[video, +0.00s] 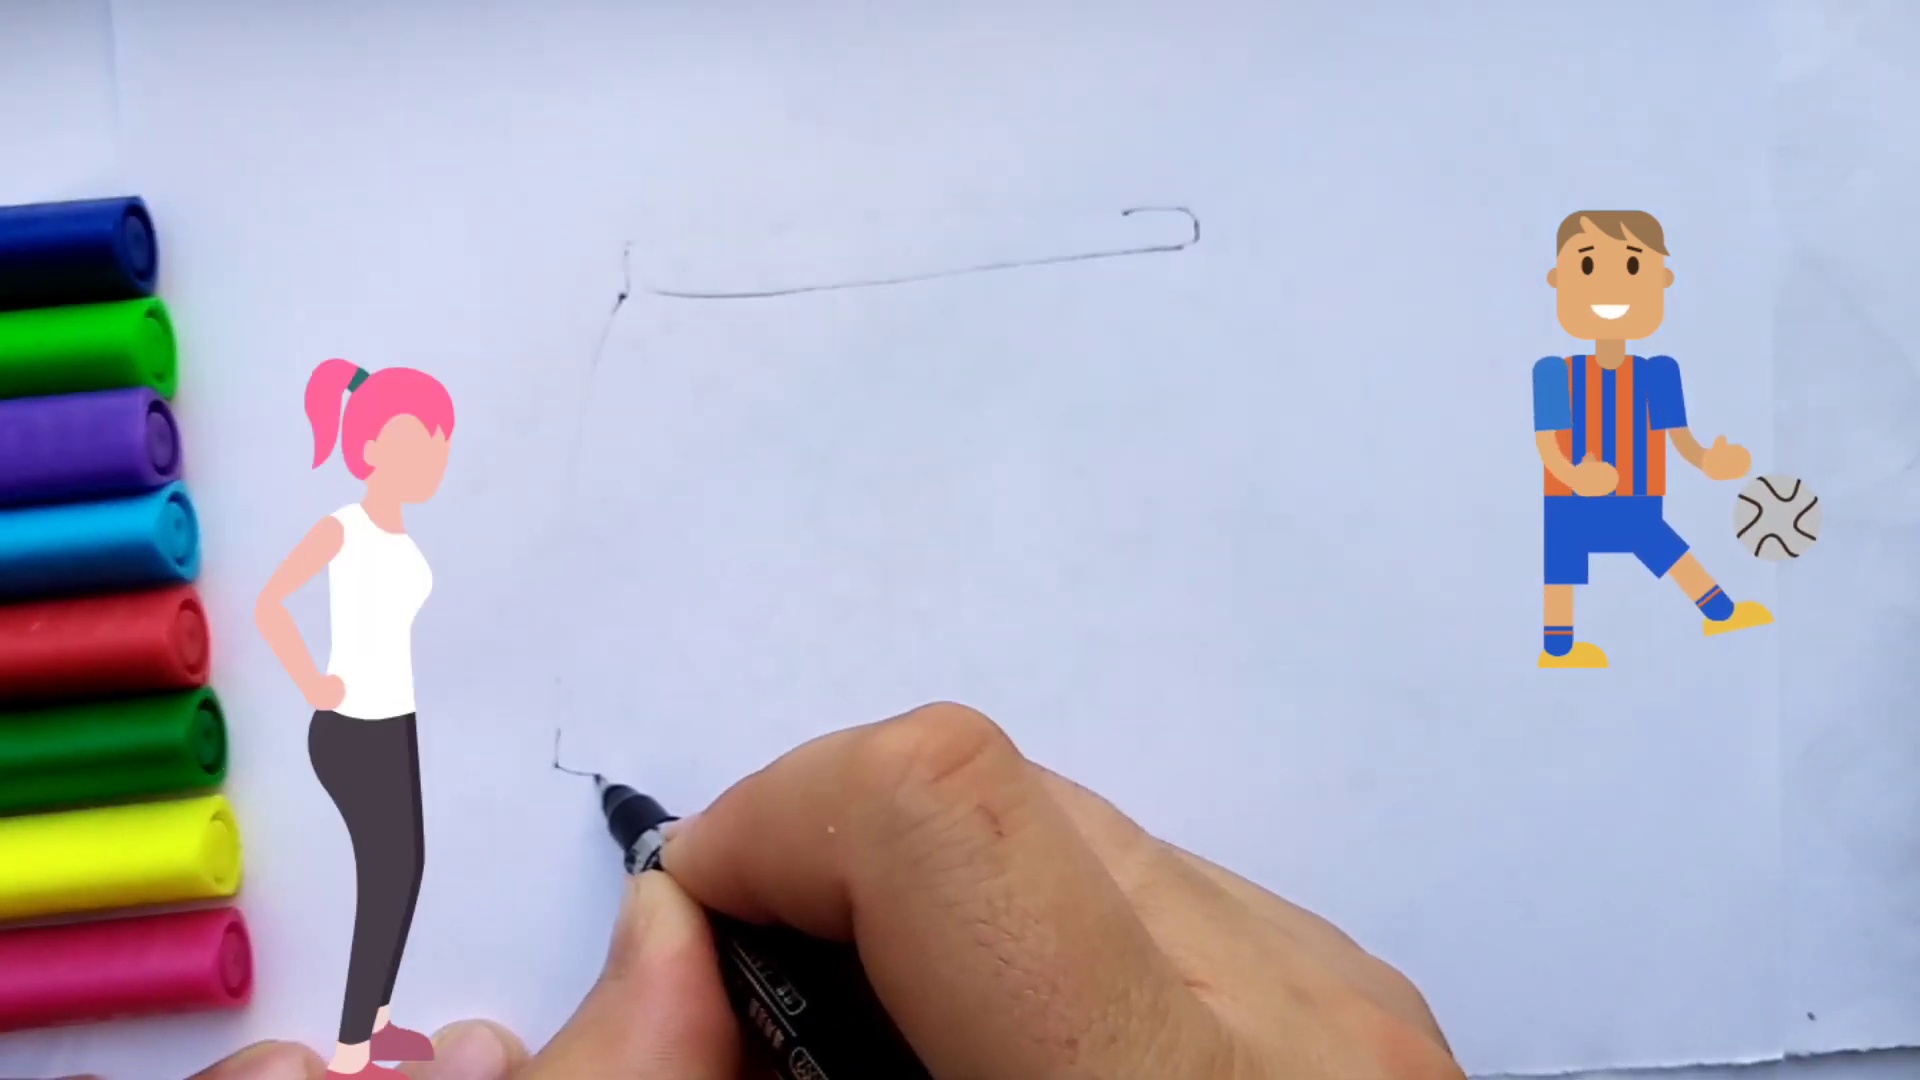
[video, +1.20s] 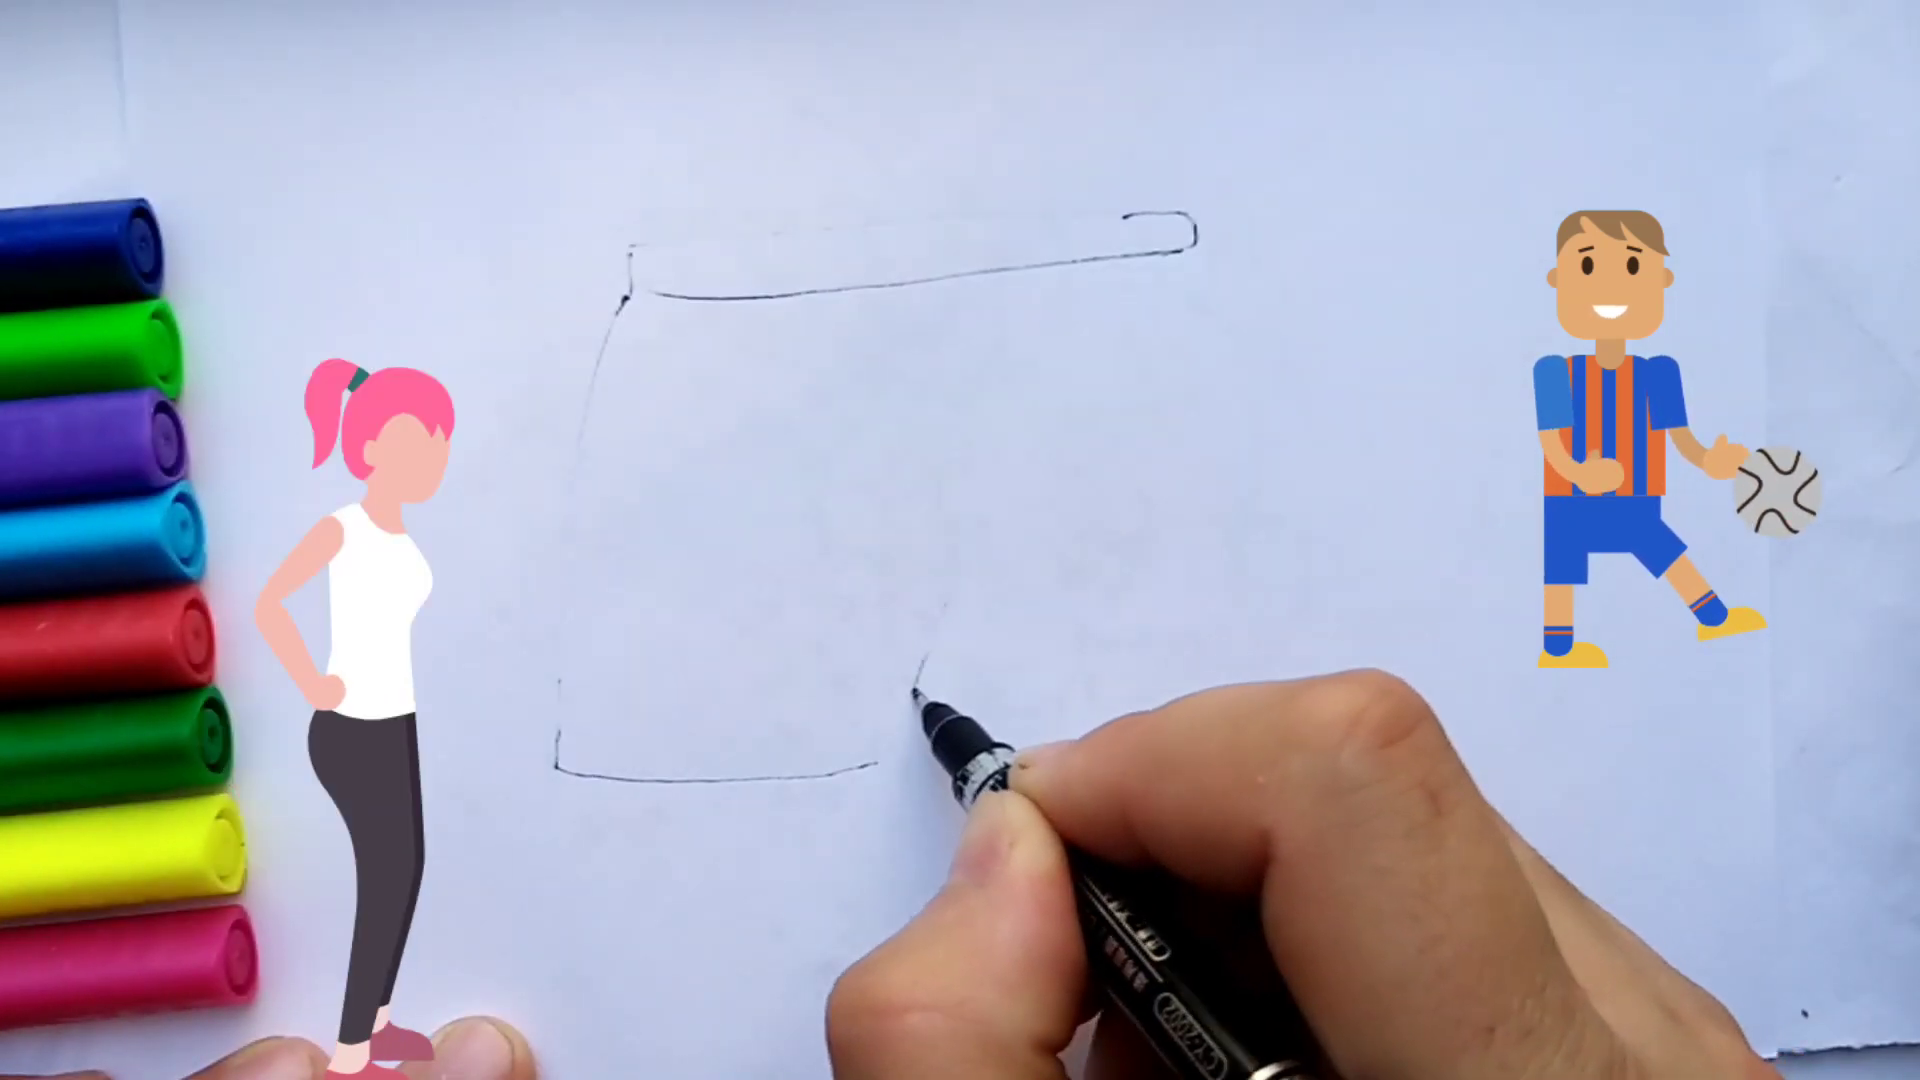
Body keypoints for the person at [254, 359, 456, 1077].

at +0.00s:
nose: (435, 457)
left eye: (439, 440)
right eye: (419, 438)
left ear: (441, 450)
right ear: (375, 447)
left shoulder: (404, 536)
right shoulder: (344, 528)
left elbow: (385, 623)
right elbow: (269, 605)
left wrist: (396, 687)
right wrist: (312, 684)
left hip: (397, 731)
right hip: (353, 733)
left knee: (406, 869)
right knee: (387, 875)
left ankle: (374, 1021)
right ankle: (349, 1049)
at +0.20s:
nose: (436, 455)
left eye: (439, 439)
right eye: (421, 437)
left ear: (441, 449)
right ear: (374, 447)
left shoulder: (404, 536)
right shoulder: (344, 528)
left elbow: (385, 624)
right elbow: (269, 606)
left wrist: (396, 688)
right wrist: (312, 684)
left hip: (397, 731)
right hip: (353, 733)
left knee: (406, 870)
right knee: (387, 876)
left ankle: (374, 1020)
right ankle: (349, 1050)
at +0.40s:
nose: (403, 588)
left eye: (404, 571)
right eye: (385, 571)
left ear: (406, 580)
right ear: (343, 578)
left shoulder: (364, 663)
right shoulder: (312, 656)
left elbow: (322, 738)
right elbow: (213, 712)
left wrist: (315, 795)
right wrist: (249, 790)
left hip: (307, 842)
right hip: (263, 851)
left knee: (391, 865)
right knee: (392, 872)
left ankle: (341, 1020)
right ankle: (351, 1053)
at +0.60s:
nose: (437, 455)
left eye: (440, 439)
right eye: (422, 437)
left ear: (440, 450)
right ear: (375, 447)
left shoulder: (404, 536)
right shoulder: (344, 528)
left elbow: (386, 623)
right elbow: (269, 604)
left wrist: (396, 686)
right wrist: (312, 684)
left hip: (398, 730)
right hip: (353, 732)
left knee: (406, 868)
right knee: (387, 875)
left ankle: (375, 1018)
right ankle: (350, 1049)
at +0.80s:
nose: (437, 456)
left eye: (440, 440)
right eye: (422, 437)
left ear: (440, 450)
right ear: (375, 447)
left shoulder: (404, 535)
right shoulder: (344, 528)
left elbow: (386, 623)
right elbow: (269, 606)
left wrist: (397, 687)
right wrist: (312, 685)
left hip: (398, 730)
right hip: (353, 732)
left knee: (406, 869)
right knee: (387, 875)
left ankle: (375, 1019)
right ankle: (350, 1049)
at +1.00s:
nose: (406, 586)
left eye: (406, 570)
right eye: (391, 569)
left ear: (401, 579)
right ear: (346, 578)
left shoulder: (362, 662)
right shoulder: (311, 656)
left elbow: (321, 738)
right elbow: (213, 712)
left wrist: (317, 798)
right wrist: (250, 791)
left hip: (307, 842)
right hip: (263, 851)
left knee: (391, 865)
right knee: (392, 872)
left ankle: (339, 1021)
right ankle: (350, 1056)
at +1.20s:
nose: (435, 456)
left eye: (439, 440)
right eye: (419, 438)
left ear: (441, 451)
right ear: (374, 447)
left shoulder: (404, 536)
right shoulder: (344, 529)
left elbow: (385, 623)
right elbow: (268, 606)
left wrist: (395, 687)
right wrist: (312, 684)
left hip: (397, 731)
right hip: (353, 732)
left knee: (405, 871)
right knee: (386, 877)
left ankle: (374, 1018)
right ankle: (349, 1052)